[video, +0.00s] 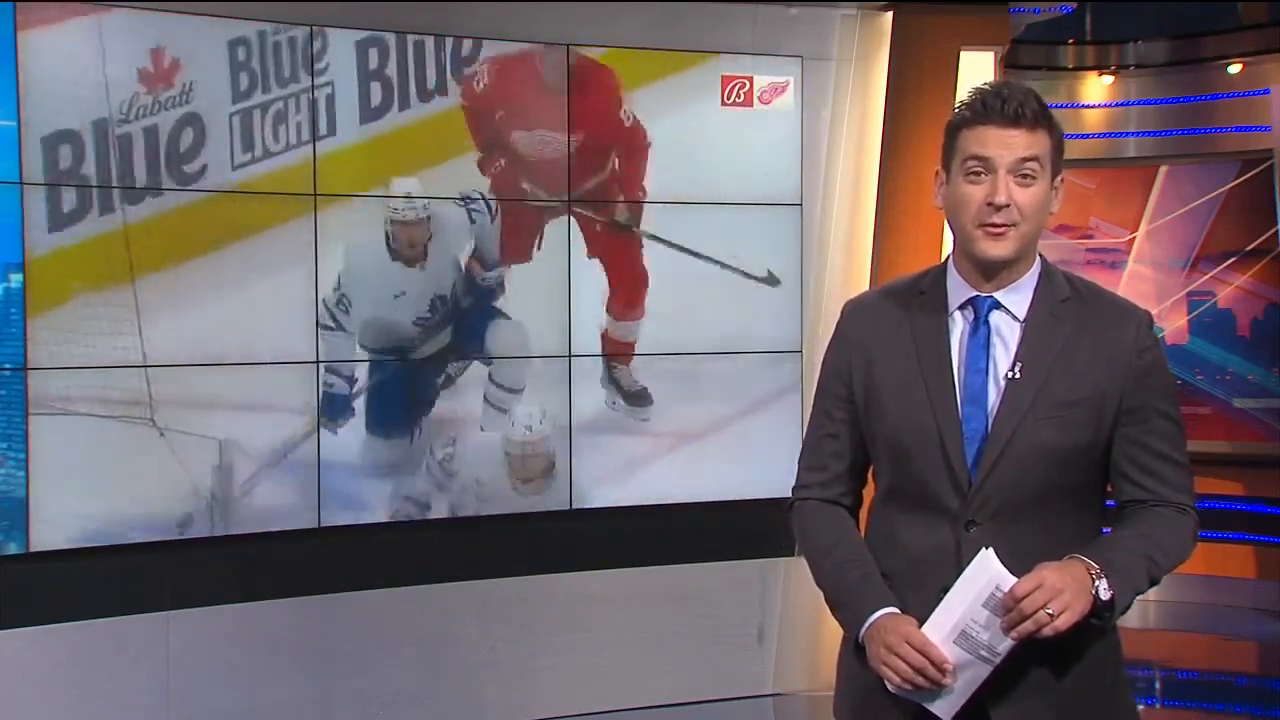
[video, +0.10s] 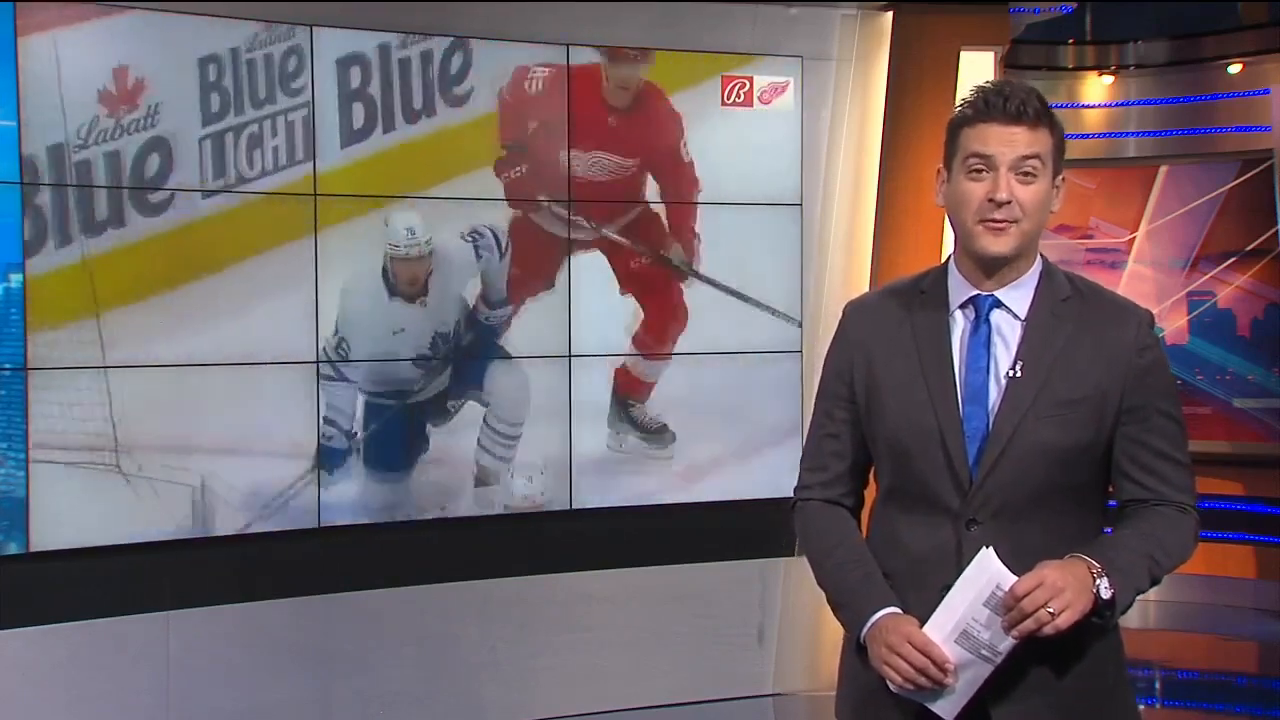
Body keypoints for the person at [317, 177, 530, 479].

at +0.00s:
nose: (412, 237)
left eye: (419, 227)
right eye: (403, 229)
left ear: (430, 223)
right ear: (388, 229)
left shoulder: (451, 223)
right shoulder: (362, 266)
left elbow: (483, 206)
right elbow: (334, 325)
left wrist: (491, 271)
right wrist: (336, 389)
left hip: (454, 323)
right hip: (398, 355)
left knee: (511, 340)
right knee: (383, 458)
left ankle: (493, 437)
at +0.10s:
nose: (413, 271)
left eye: (420, 260)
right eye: (404, 262)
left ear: (430, 256)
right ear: (388, 261)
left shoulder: (452, 259)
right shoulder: (361, 296)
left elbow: (494, 240)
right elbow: (337, 368)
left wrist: (494, 307)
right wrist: (334, 440)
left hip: (449, 367)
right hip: (390, 396)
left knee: (511, 385)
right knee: (383, 493)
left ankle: (490, 485)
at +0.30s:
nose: (379, 290)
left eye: (386, 277)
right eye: (368, 280)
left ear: (397, 273)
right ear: (350, 279)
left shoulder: (420, 270)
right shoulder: (322, 316)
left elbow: (469, 252)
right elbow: (298, 394)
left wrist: (459, 323)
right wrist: (291, 468)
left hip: (418, 361)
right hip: (352, 390)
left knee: (472, 409)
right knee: (352, 488)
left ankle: (458, 509)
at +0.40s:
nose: (356, 283)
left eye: (361, 271)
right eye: (344, 274)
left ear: (370, 262)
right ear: (325, 273)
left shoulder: (397, 259)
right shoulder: (305, 297)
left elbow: (448, 250)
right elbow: (281, 382)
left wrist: (436, 319)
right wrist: (261, 459)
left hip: (396, 346)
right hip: (333, 369)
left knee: (437, 413)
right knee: (339, 450)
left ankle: (427, 510)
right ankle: (323, 477)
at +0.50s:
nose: (318, 272)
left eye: (325, 258)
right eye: (307, 261)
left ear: (338, 248)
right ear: (291, 260)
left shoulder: (371, 242)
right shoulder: (277, 304)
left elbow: (421, 240)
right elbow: (244, 373)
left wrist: (407, 304)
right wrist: (225, 441)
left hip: (368, 331)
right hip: (306, 350)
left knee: (393, 416)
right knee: (312, 434)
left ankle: (383, 506)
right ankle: (312, 462)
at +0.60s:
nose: (265, 252)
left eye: (272, 241)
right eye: (255, 243)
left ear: (291, 234)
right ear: (244, 243)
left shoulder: (327, 231)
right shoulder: (226, 277)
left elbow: (383, 223)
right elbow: (199, 341)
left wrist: (370, 288)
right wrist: (187, 404)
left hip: (329, 311)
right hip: (263, 327)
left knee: (345, 392)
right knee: (269, 414)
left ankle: (353, 495)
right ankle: (296, 461)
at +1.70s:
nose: (207, 92)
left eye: (211, 85)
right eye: (200, 86)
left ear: (218, 82)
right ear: (189, 85)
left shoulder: (235, 93)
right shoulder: (171, 108)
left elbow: (257, 105)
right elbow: (156, 148)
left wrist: (260, 135)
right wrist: (150, 183)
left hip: (231, 160)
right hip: (186, 164)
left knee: (254, 219)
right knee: (173, 222)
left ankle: (276, 277)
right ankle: (157, 284)